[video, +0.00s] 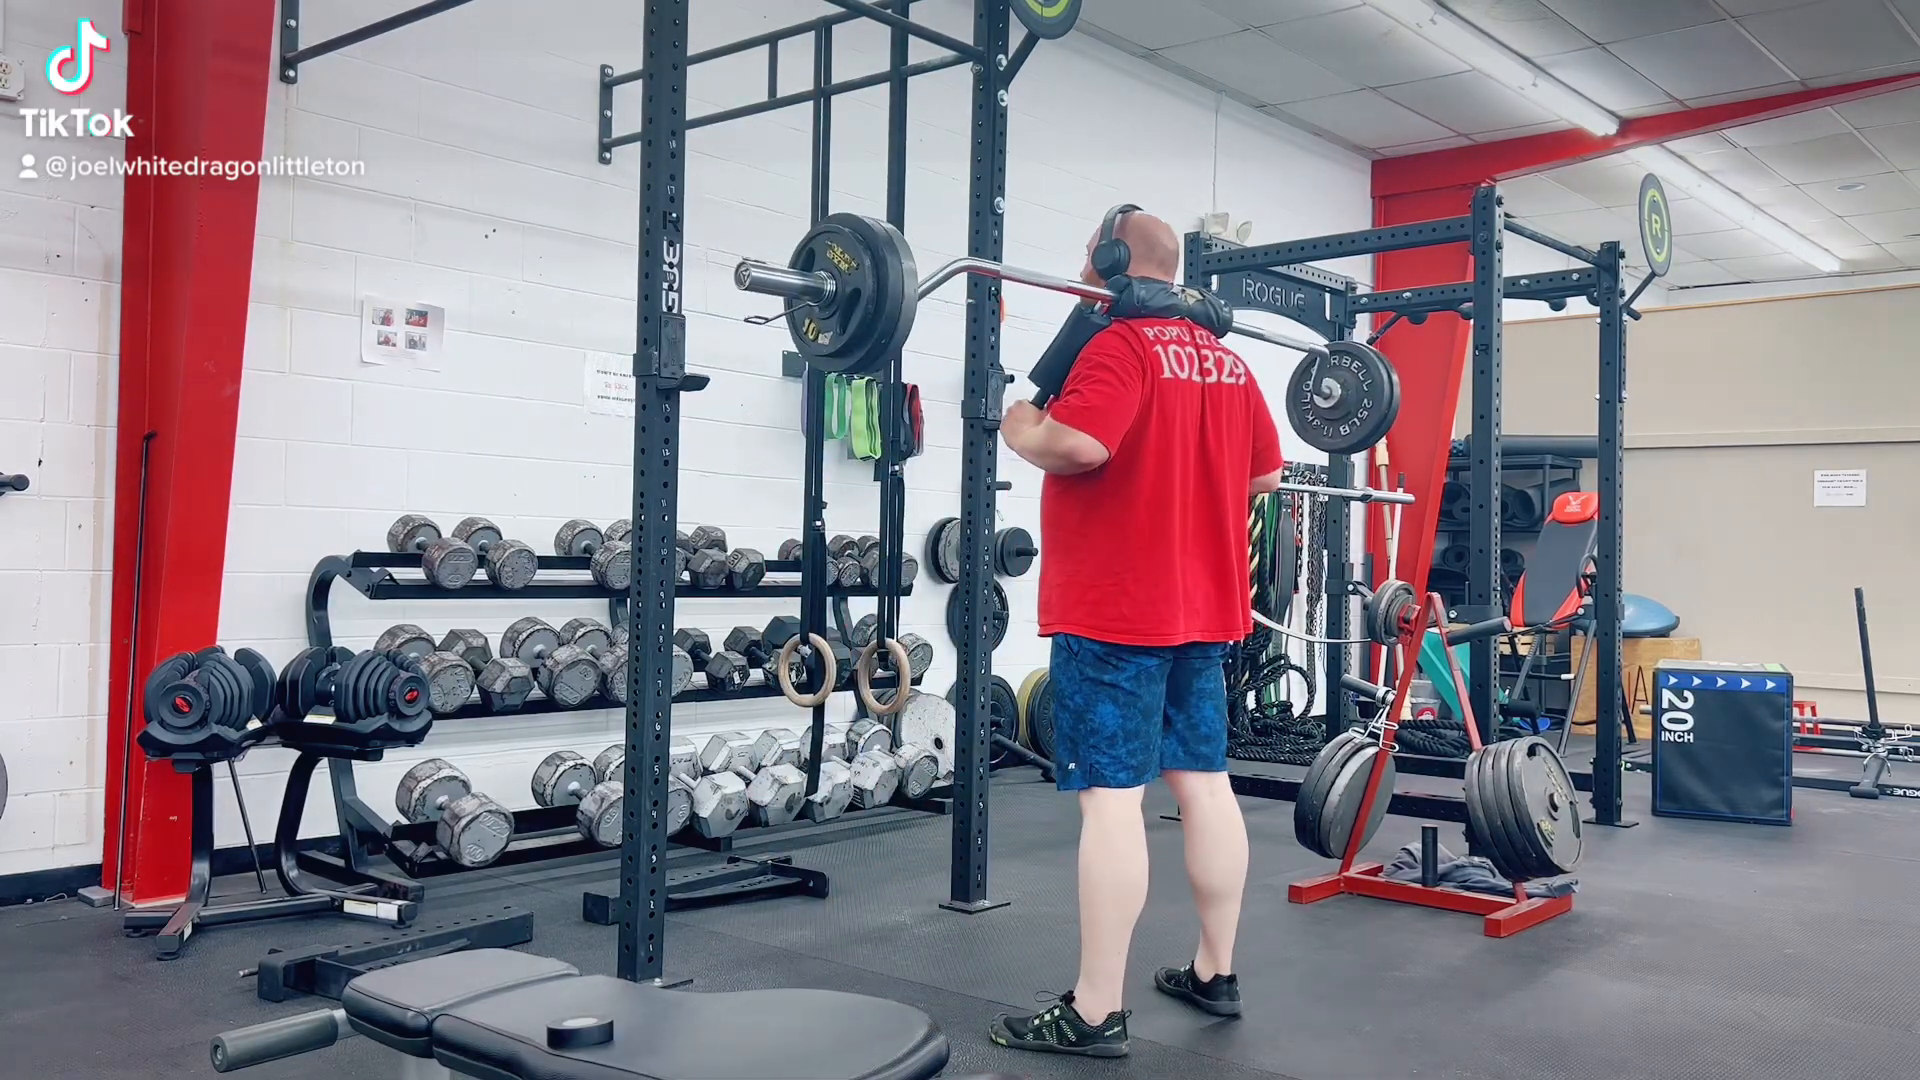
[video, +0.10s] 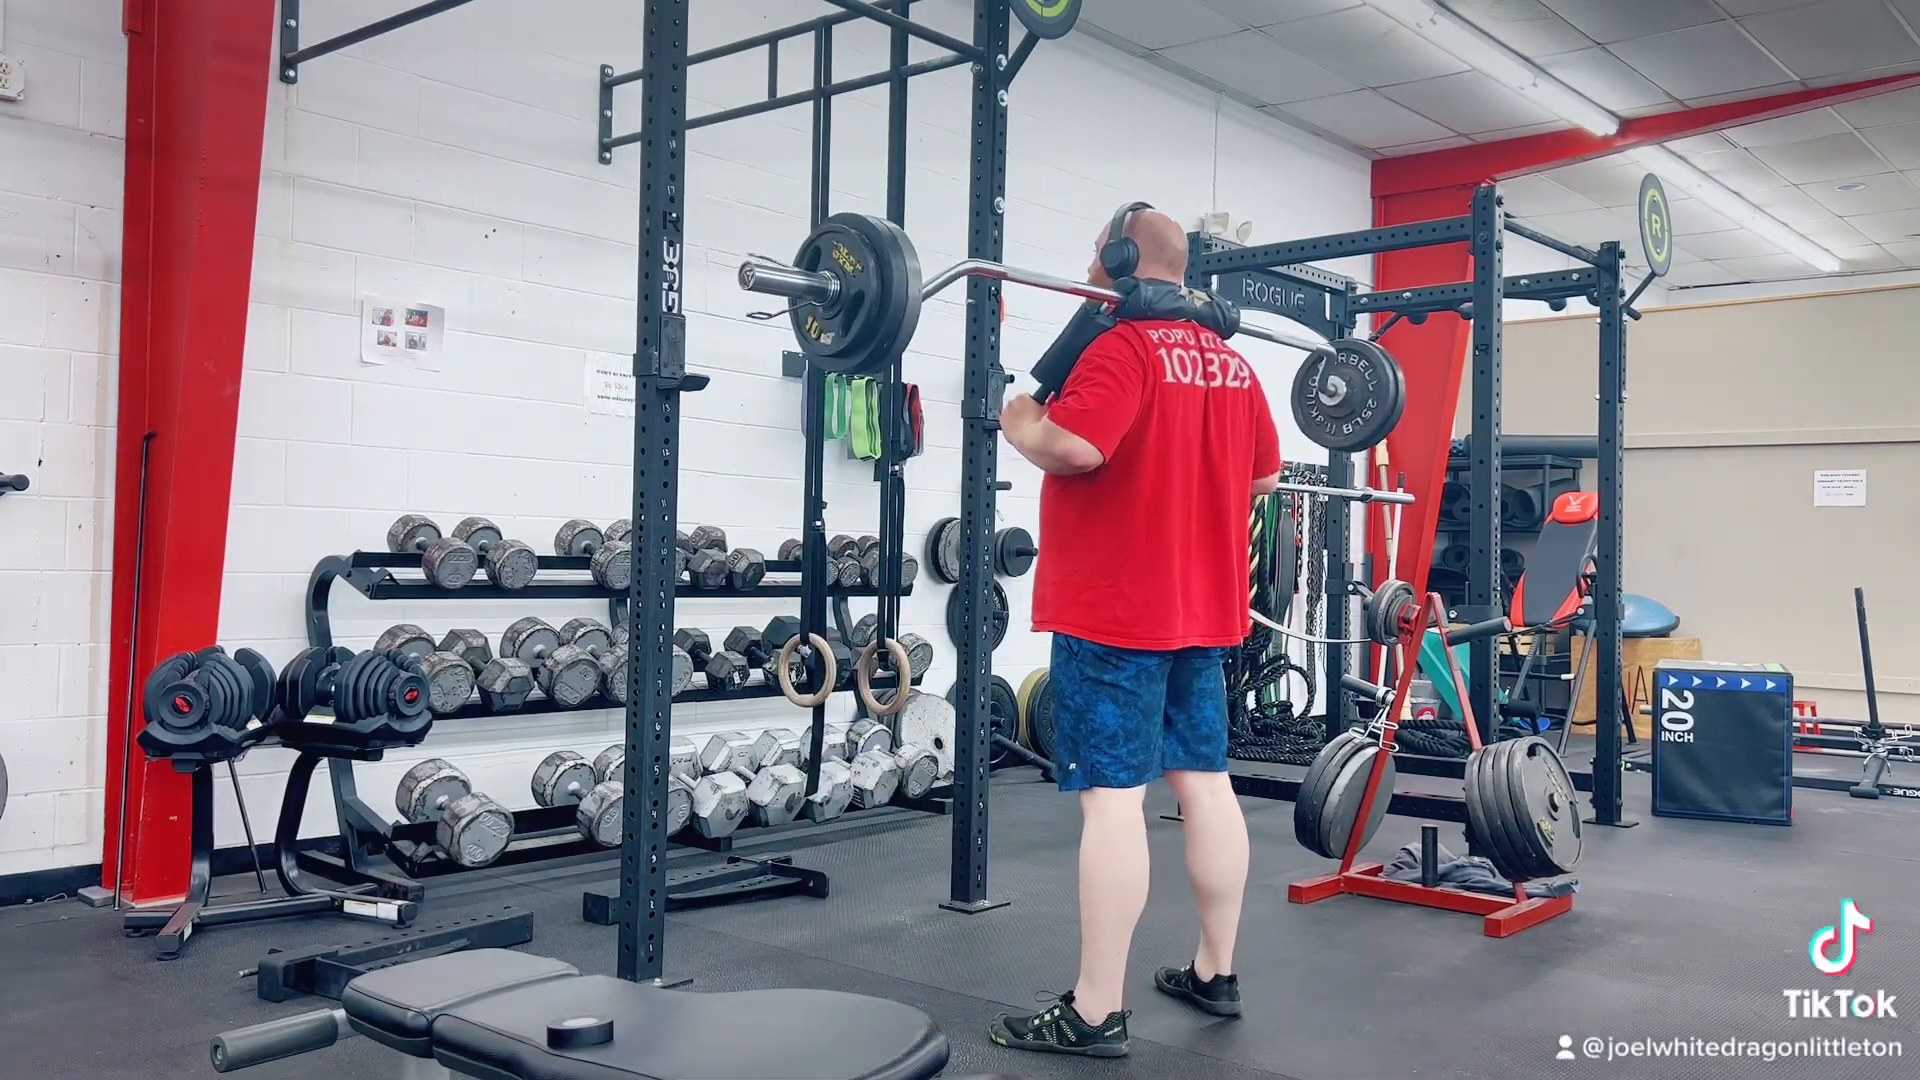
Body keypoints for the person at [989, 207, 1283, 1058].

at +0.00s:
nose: (1086, 286)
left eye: (1088, 274)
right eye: (1089, 274)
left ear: (1104, 277)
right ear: (1175, 275)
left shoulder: (1119, 343)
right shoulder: (1228, 360)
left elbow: (1084, 444)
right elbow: (1265, 471)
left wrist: (1025, 427)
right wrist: (1180, 478)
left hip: (1117, 608)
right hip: (1207, 609)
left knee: (1111, 796)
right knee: (1204, 780)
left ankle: (1095, 1009)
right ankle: (1217, 974)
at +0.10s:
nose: (1091, 282)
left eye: (1094, 270)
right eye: (1095, 270)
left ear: (1113, 274)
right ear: (1181, 277)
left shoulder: (1123, 345)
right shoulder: (1232, 361)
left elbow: (1079, 446)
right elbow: (1264, 472)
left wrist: (1024, 423)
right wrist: (1190, 496)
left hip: (1117, 610)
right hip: (1205, 611)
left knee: (1112, 798)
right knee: (1206, 782)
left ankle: (1095, 1009)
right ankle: (1217, 974)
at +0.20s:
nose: (1095, 280)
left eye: (1100, 267)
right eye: (1101, 266)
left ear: (1120, 274)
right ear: (1187, 279)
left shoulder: (1124, 347)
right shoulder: (1236, 361)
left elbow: (1065, 447)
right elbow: (1259, 476)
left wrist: (1018, 415)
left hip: (1123, 610)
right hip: (1211, 610)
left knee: (1115, 798)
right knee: (1210, 783)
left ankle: (1095, 1008)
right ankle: (1217, 975)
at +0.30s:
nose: (1098, 276)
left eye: (1104, 263)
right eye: (1104, 261)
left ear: (1126, 272)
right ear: (1188, 277)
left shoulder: (1127, 350)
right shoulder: (1239, 363)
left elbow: (1060, 450)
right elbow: (1258, 479)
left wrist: (1018, 412)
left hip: (1124, 611)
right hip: (1216, 612)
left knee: (1117, 799)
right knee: (1212, 784)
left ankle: (1095, 1008)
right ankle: (1217, 975)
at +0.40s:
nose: (1096, 281)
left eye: (1102, 268)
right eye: (1102, 267)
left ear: (1123, 276)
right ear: (1188, 280)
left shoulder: (1126, 352)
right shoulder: (1239, 364)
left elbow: (1054, 452)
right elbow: (1256, 480)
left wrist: (1017, 413)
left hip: (1127, 615)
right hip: (1220, 615)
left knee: (1100, 794)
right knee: (1194, 784)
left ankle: (1094, 1008)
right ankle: (1215, 972)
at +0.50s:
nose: (1091, 301)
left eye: (1096, 289)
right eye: (1097, 287)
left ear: (1114, 298)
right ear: (1181, 301)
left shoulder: (1118, 372)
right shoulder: (1233, 381)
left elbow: (1030, 467)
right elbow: (1238, 498)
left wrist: (1005, 422)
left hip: (1131, 633)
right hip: (1230, 632)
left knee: (1066, 791)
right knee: (1184, 787)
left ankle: (1093, 1008)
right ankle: (1216, 972)